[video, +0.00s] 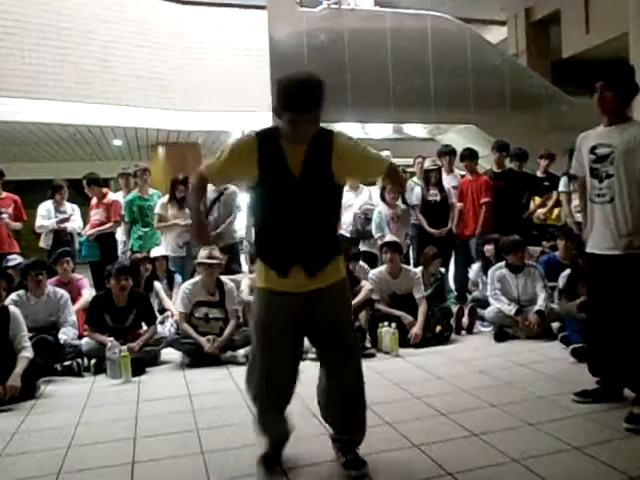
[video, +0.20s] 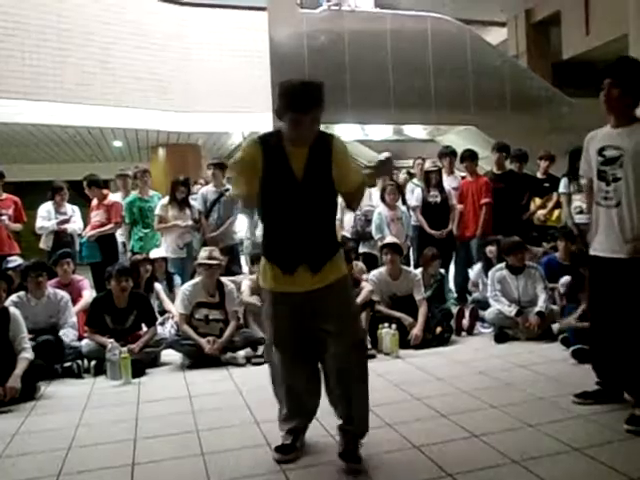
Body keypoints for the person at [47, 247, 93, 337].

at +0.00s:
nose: (65, 266)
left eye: (67, 262)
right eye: (61, 263)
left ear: (73, 265)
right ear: (55, 267)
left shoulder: (81, 280)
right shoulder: (50, 284)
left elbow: (87, 297)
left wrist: (71, 311)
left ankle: (81, 333)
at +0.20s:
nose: (65, 268)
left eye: (68, 264)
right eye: (61, 265)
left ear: (73, 266)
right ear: (55, 269)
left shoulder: (81, 282)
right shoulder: (50, 285)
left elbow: (87, 298)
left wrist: (72, 312)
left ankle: (81, 334)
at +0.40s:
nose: (69, 267)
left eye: (72, 263)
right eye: (64, 264)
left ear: (77, 265)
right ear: (59, 268)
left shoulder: (85, 281)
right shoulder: (54, 285)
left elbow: (91, 297)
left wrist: (76, 311)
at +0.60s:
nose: (76, 265)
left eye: (78, 261)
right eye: (72, 262)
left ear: (82, 262)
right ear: (66, 266)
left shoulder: (92, 279)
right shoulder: (62, 282)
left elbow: (97, 296)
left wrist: (82, 308)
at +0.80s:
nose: (74, 256)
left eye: (77, 252)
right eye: (70, 253)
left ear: (82, 255)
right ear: (64, 257)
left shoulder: (90, 271)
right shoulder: (59, 274)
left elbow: (96, 286)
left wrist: (81, 301)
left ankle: (89, 323)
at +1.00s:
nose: (66, 256)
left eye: (69, 251)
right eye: (62, 253)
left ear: (75, 254)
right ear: (57, 257)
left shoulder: (83, 270)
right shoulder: (51, 273)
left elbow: (89, 286)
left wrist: (72, 300)